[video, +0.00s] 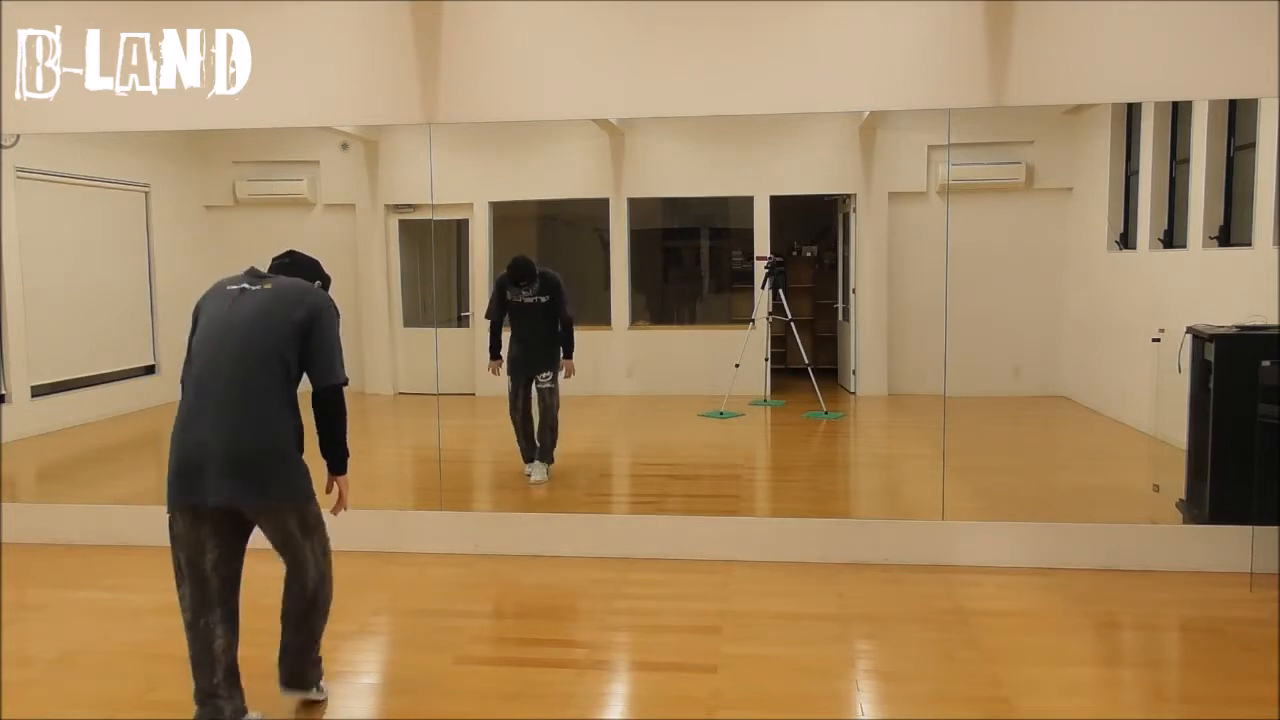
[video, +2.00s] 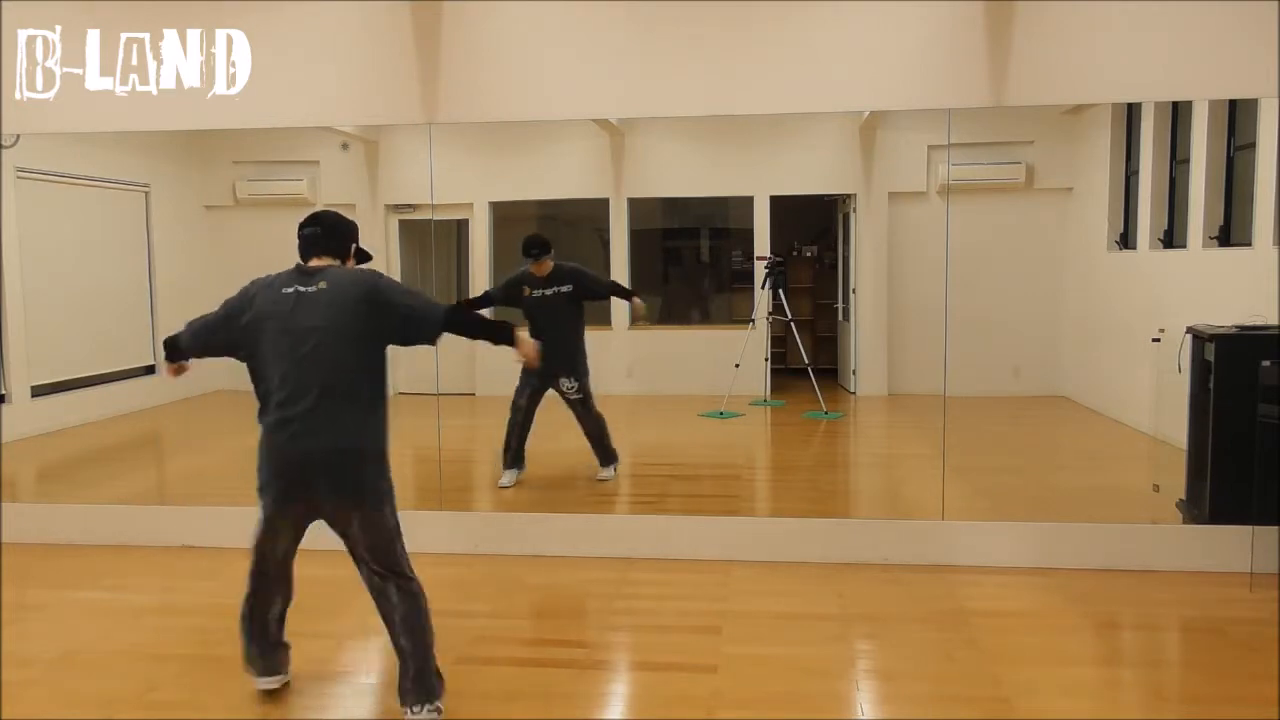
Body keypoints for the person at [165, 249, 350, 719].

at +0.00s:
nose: (322, 301)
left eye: (324, 297)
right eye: (323, 296)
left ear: (274, 274)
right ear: (315, 285)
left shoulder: (214, 296)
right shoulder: (314, 301)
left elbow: (192, 378)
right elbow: (329, 390)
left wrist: (215, 442)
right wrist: (337, 465)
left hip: (193, 461)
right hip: (264, 459)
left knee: (206, 595)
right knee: (309, 563)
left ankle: (217, 708)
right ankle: (300, 675)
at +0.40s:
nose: (337, 304)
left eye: (338, 299)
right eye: (339, 299)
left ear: (289, 279)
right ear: (331, 289)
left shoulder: (231, 302)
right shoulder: (331, 308)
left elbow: (204, 387)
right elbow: (343, 396)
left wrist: (211, 452)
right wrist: (348, 469)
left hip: (212, 462)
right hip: (282, 462)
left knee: (218, 577)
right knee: (294, 578)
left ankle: (216, 688)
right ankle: (293, 692)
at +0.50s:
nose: (335, 318)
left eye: (337, 312)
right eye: (338, 311)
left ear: (289, 293)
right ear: (330, 300)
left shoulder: (239, 323)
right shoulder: (329, 331)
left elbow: (210, 414)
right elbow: (347, 416)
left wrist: (208, 495)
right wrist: (352, 497)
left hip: (228, 466)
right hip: (291, 468)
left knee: (256, 552)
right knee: (307, 587)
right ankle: (297, 692)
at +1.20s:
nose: (338, 297)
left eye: (339, 293)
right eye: (339, 291)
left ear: (286, 275)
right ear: (328, 283)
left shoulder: (237, 301)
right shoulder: (334, 308)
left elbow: (225, 388)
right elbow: (352, 396)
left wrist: (226, 461)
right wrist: (364, 464)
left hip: (238, 452)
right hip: (295, 453)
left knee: (270, 548)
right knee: (308, 571)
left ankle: (269, 625)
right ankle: (283, 687)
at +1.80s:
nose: (343, 288)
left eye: (341, 283)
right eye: (343, 282)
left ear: (289, 275)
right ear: (334, 279)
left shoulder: (244, 305)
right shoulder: (341, 310)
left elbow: (203, 379)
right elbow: (359, 377)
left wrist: (245, 381)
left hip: (246, 470)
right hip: (311, 468)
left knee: (248, 577)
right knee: (346, 557)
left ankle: (248, 676)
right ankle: (308, 625)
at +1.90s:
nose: (348, 268)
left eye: (346, 263)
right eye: (348, 262)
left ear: (293, 257)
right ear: (342, 261)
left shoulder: (250, 296)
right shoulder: (350, 292)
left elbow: (179, 346)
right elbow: (400, 330)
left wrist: (234, 335)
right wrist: (444, 341)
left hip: (261, 468)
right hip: (329, 467)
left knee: (254, 577)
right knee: (382, 563)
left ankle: (248, 676)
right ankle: (372, 661)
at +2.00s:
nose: (355, 262)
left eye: (353, 257)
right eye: (355, 256)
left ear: (300, 253)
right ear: (348, 255)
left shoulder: (260, 295)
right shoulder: (367, 286)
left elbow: (199, 333)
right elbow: (444, 316)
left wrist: (174, 353)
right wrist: (511, 336)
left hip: (284, 465)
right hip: (355, 463)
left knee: (271, 558)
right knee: (391, 576)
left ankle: (266, 665)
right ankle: (422, 698)